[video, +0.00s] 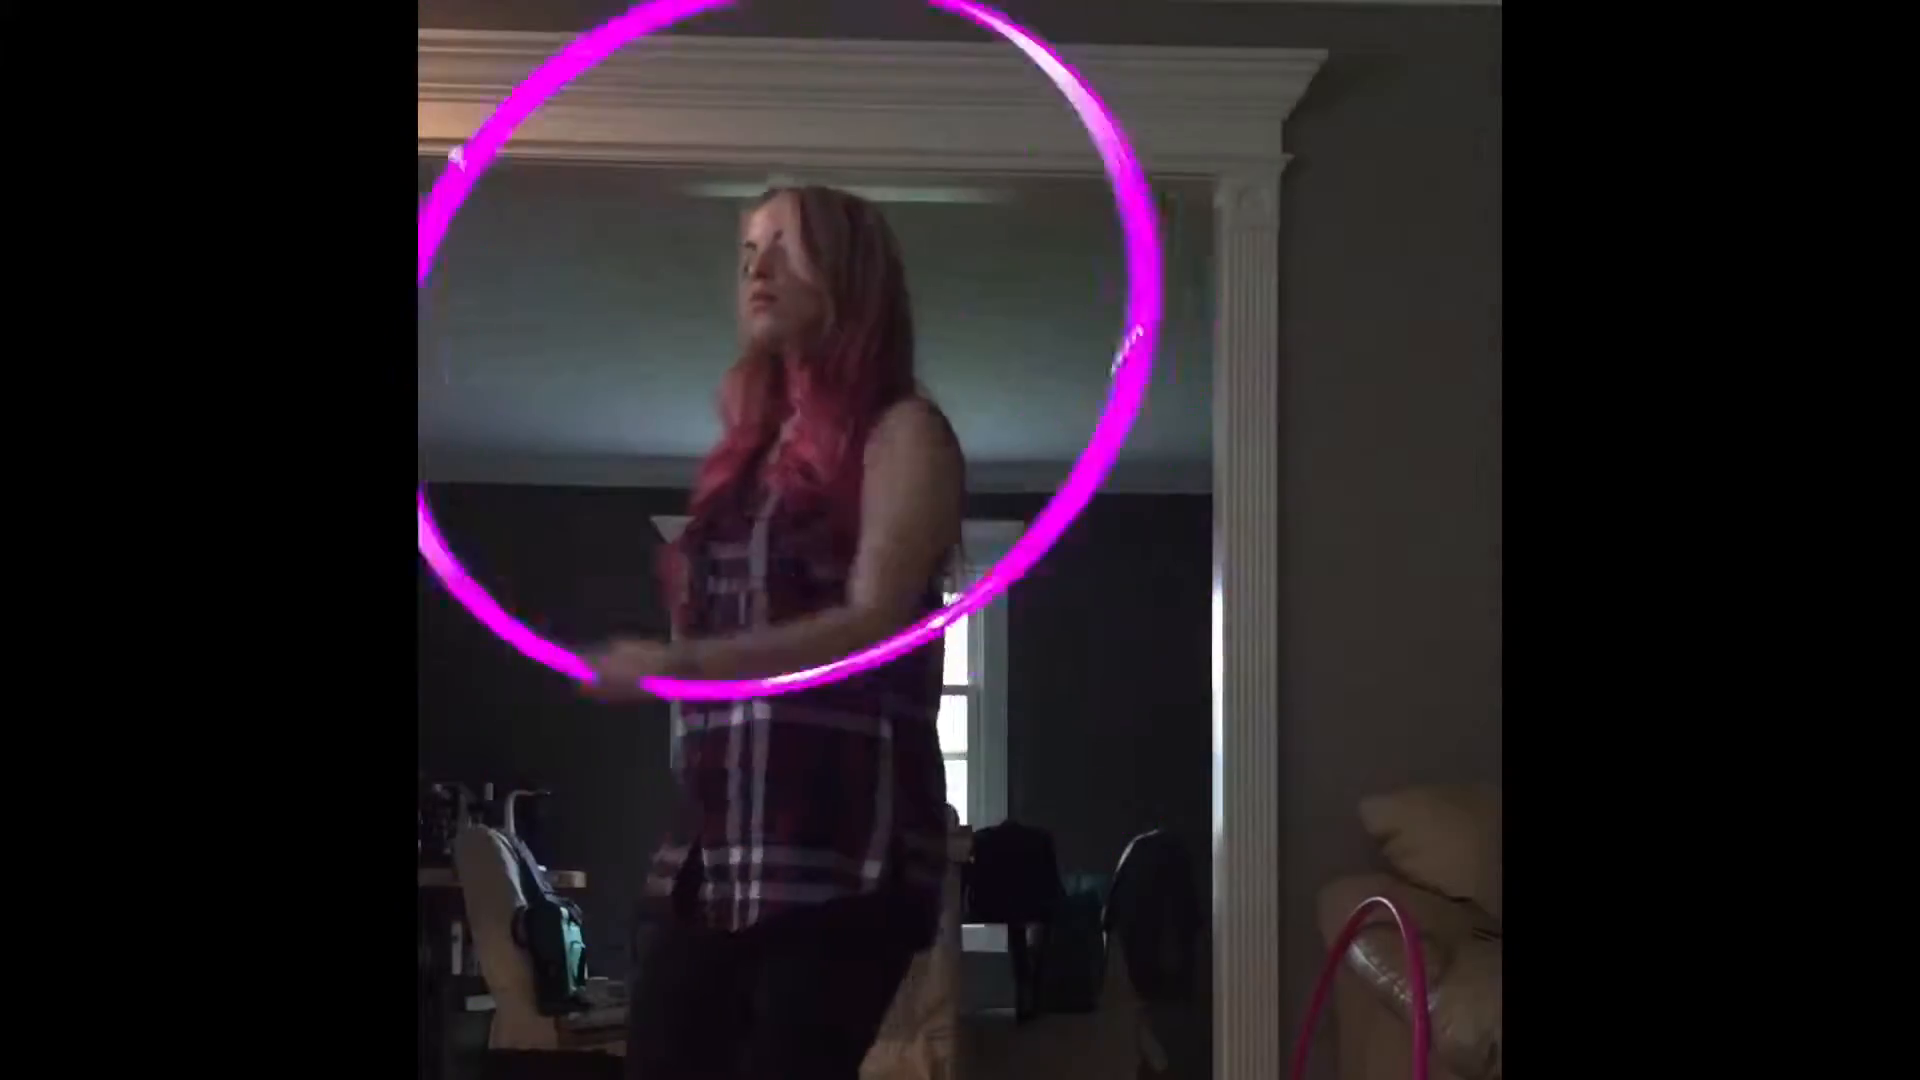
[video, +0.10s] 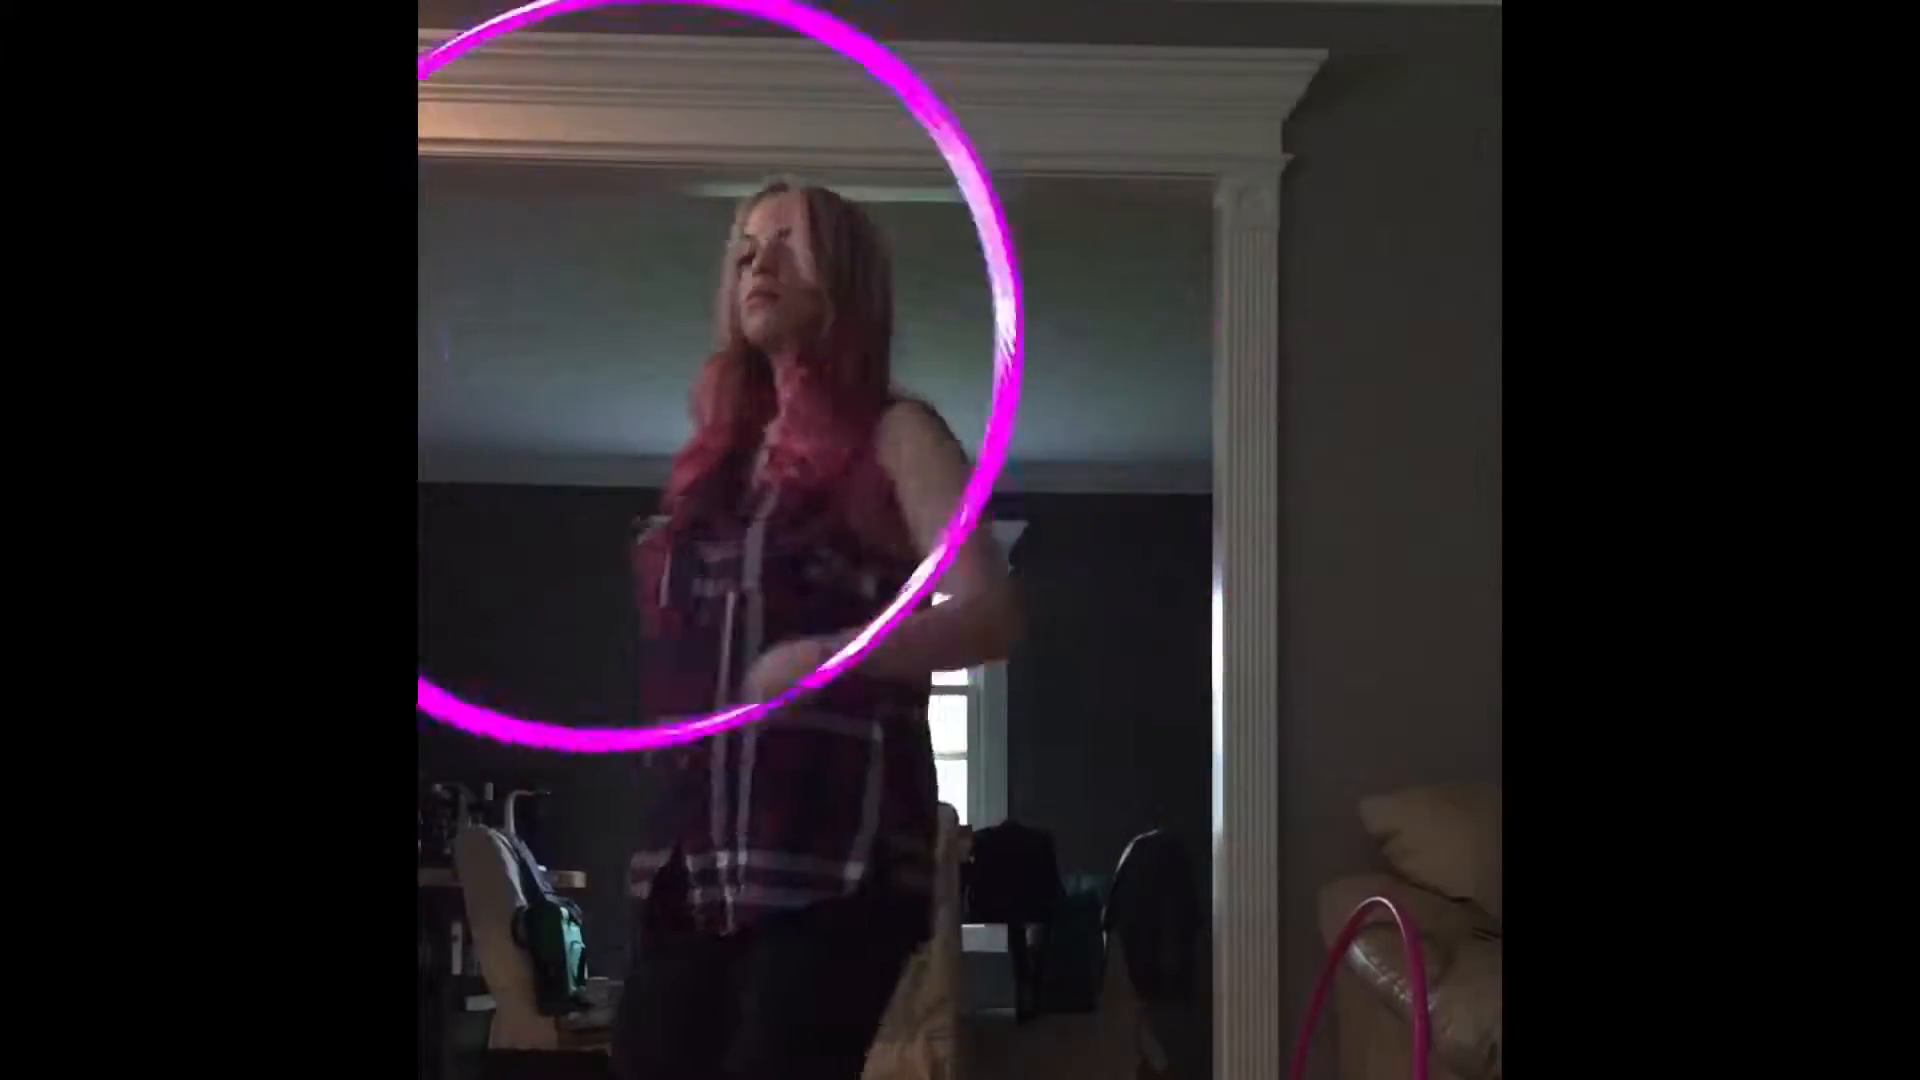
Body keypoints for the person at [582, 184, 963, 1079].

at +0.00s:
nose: (756, 271)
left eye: (784, 253)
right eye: (748, 256)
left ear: (846, 279)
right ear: (737, 280)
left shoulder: (903, 430)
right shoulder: (749, 438)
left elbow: (883, 622)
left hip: (844, 842)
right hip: (719, 832)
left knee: (789, 1061)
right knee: (668, 1053)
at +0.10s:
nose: (758, 266)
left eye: (787, 250)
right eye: (745, 252)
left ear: (842, 279)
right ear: (728, 280)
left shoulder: (897, 431)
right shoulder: (721, 440)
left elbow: (991, 614)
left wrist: (824, 656)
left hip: (837, 856)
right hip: (696, 844)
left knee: (786, 1062)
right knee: (657, 1057)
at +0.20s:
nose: (777, 272)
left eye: (806, 254)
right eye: (761, 257)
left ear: (858, 290)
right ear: (739, 290)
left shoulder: (914, 442)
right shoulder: (710, 452)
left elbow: (1093, 560)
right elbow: (661, 612)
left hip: (859, 857)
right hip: (706, 848)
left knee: (833, 1065)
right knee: (652, 1060)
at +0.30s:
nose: (807, 269)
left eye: (836, 254)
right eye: (789, 254)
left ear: (887, 289)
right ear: (761, 294)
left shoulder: (929, 435)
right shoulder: (725, 459)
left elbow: (1066, 488)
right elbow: (712, 653)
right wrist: (641, 723)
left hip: (881, 850)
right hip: (721, 844)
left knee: (920, 1064)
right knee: (683, 1065)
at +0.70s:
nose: (1012, 254)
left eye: (1036, 237)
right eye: (986, 240)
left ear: (1070, 274)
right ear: (950, 279)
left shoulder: (1129, 432)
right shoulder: (895, 437)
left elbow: (1097, 588)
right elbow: (754, 576)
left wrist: (928, 650)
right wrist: (829, 635)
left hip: (1119, 872)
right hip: (947, 874)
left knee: (1157, 1065)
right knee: (888, 1066)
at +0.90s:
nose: (1059, 266)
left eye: (1083, 251)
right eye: (1031, 255)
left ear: (1118, 287)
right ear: (998, 296)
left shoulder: (1183, 459)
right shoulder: (928, 457)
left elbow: (1256, 667)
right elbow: (881, 637)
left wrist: (1174, 649)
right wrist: (1042, 676)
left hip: (1166, 885)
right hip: (985, 884)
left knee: (1215, 1066)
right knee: (916, 1069)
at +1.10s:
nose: (1060, 277)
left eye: (1086, 259)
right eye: (1033, 265)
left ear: (1126, 298)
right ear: (1001, 306)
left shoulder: (1183, 454)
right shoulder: (939, 454)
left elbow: (1255, 679)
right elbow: (953, 555)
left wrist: (1208, 521)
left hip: (1184, 913)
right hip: (996, 914)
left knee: (1231, 1065)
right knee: (914, 1068)